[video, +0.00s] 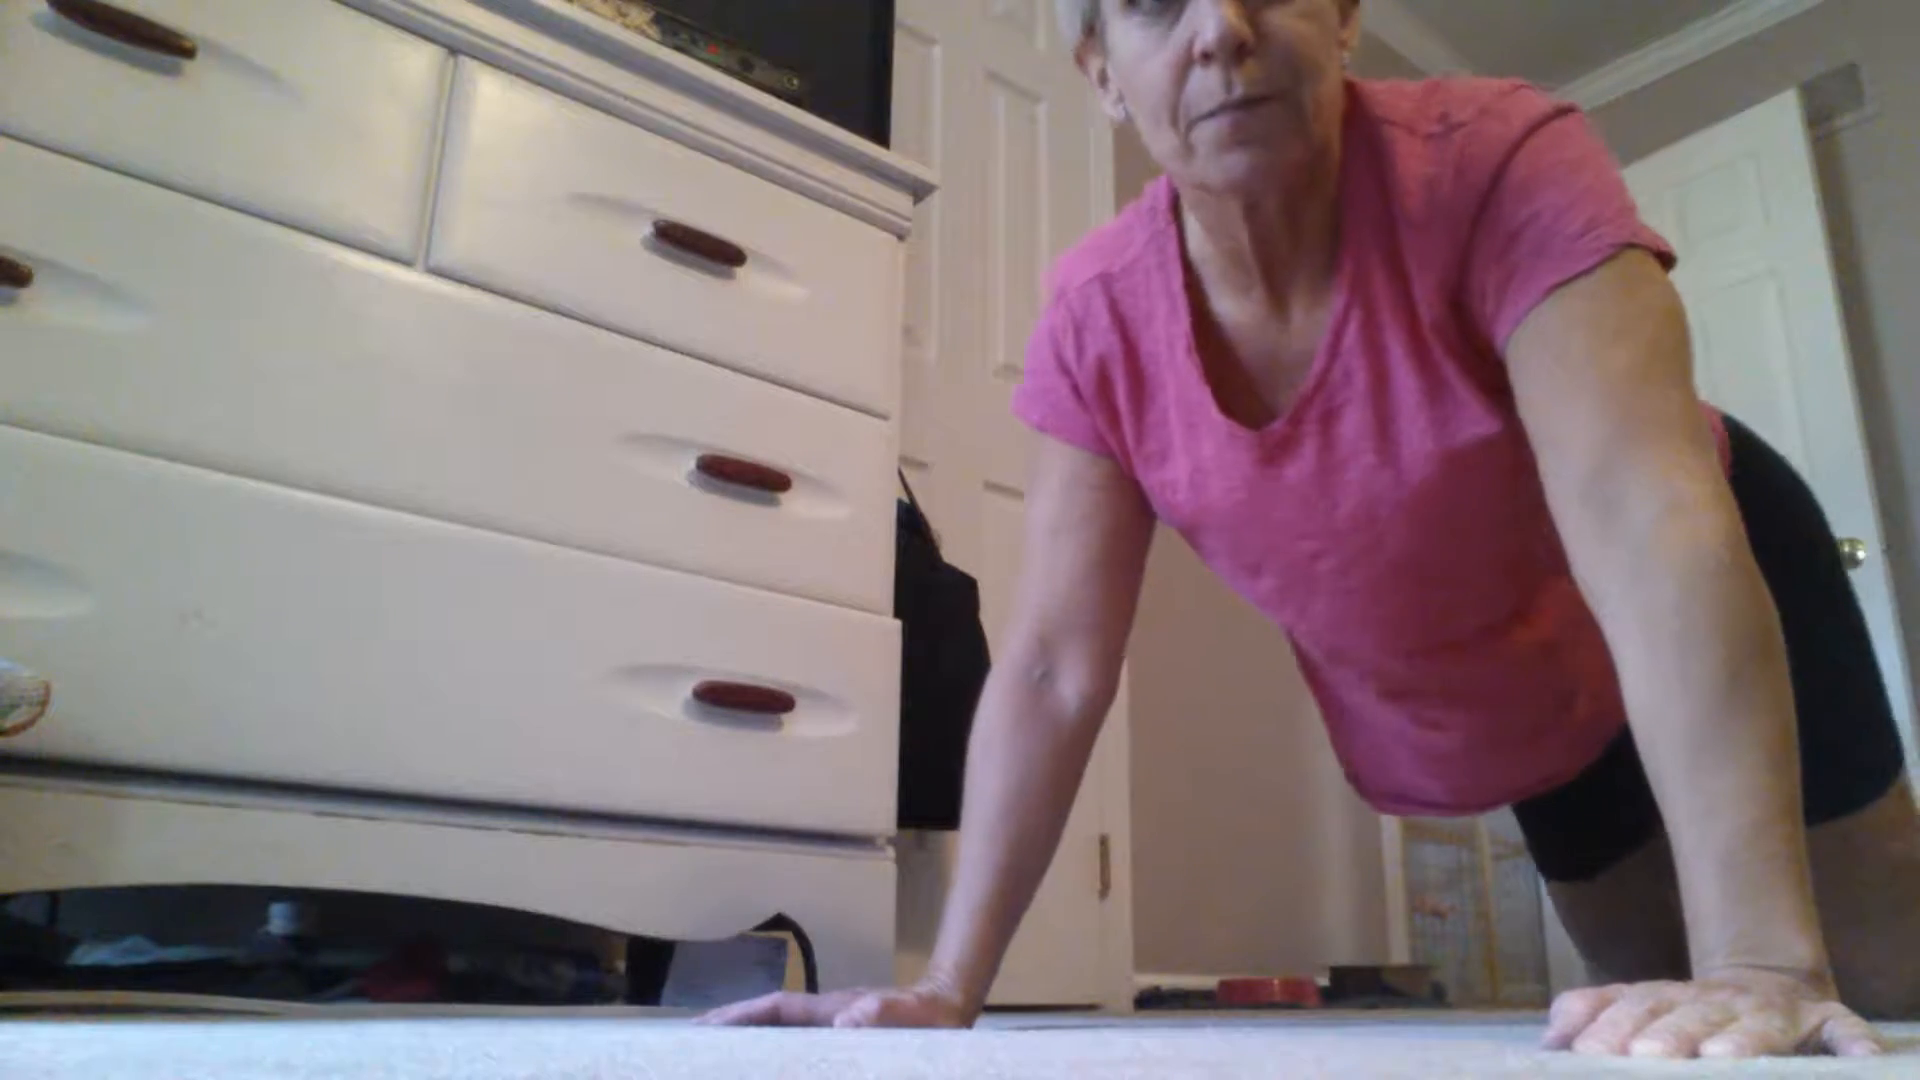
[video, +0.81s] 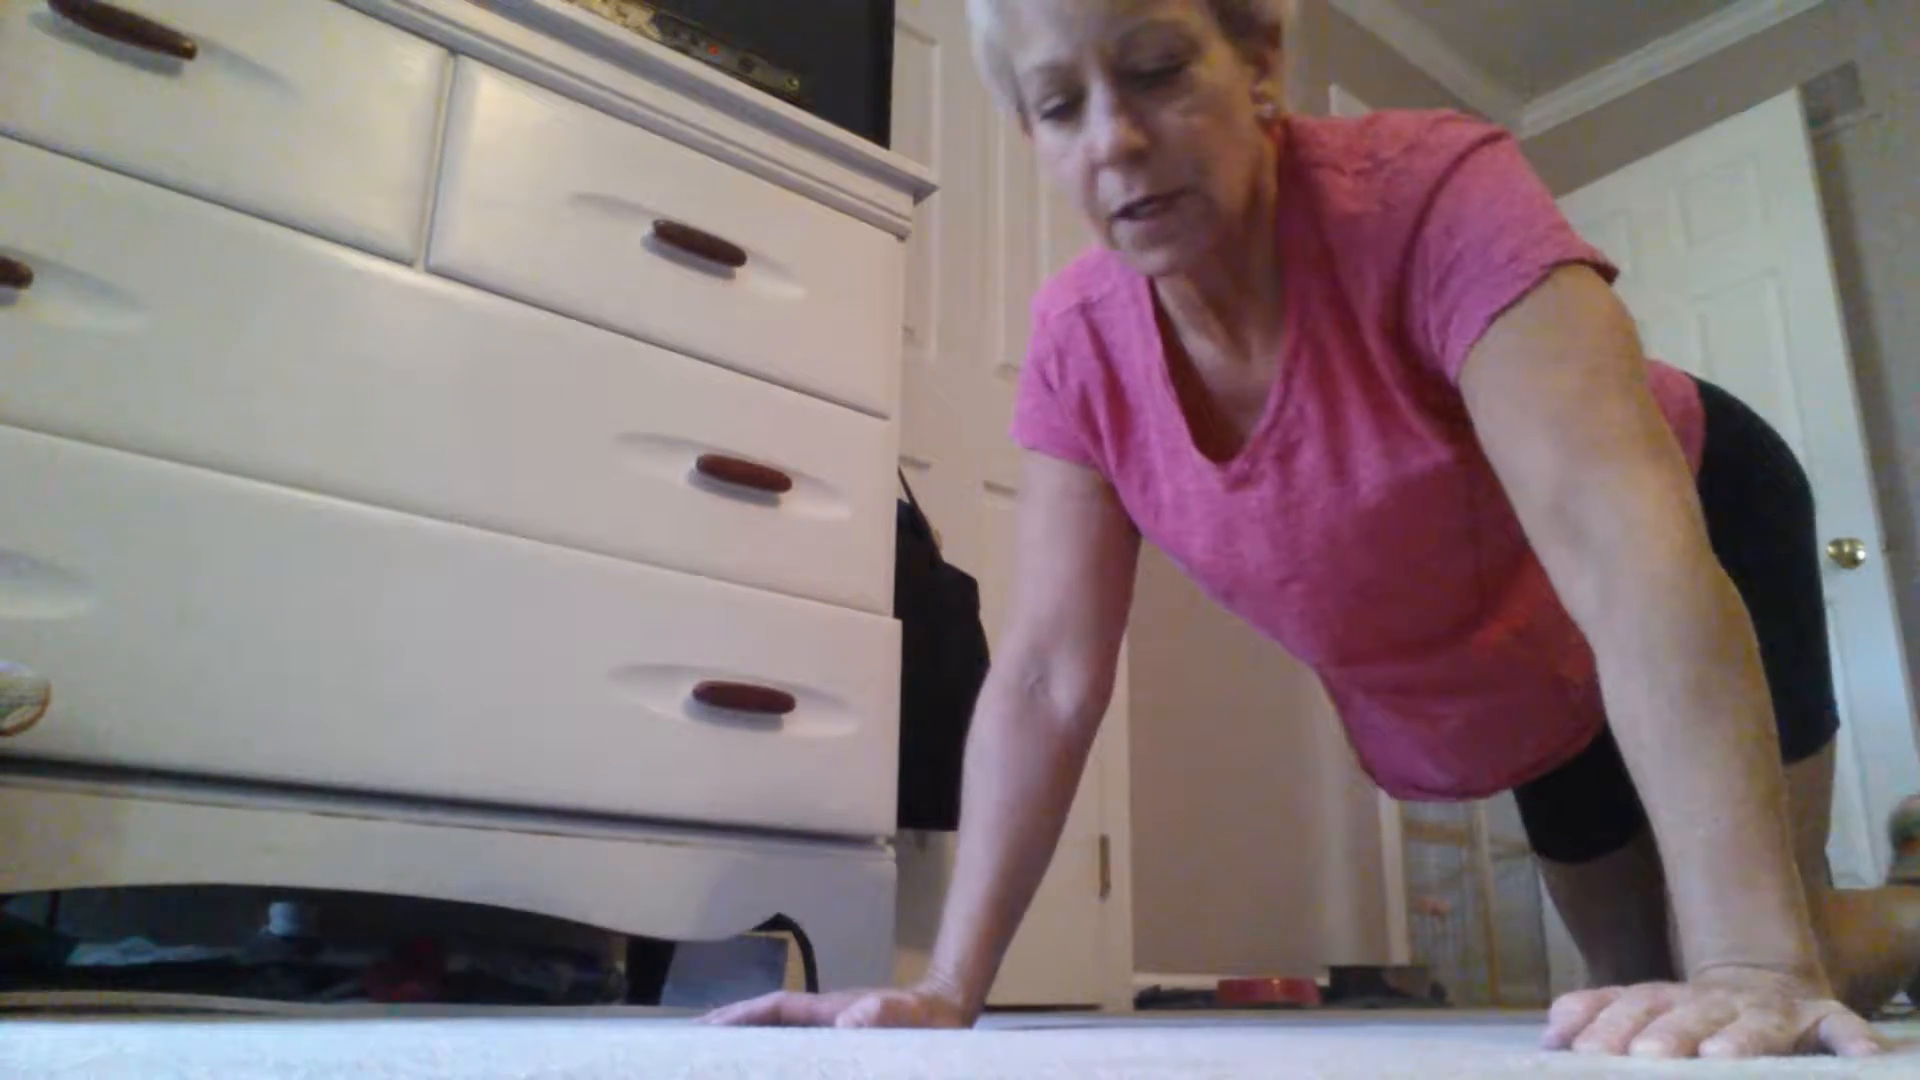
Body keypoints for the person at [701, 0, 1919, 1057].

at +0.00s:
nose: (1220, 35)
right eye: (1160, 8)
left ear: (1341, 24)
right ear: (1102, 76)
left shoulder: (1502, 162)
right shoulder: (1102, 316)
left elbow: (1654, 520)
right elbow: (1050, 667)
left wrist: (1763, 967)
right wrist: (950, 980)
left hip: (1706, 603)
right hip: (1523, 726)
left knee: (1868, 987)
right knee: (1661, 1023)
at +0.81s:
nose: (1116, 143)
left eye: (1154, 74)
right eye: (1062, 108)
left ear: (1261, 64)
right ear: (1032, 140)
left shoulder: (1437, 192)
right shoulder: (1083, 331)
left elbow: (1630, 538)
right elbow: (1043, 675)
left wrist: (1756, 973)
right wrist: (949, 985)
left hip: (1682, 542)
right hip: (1504, 657)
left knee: (1777, 948)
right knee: (1644, 997)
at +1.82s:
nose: (1099, 195)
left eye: (1145, 120)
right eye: (1057, 139)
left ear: (1300, 58)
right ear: (1029, 122)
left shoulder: (1510, 153)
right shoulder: (1120, 317)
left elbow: (1706, 516)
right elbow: (1060, 672)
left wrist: (1767, 966)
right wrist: (950, 983)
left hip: (1694, 583)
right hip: (1529, 694)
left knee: (1784, 920)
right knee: (1691, 843)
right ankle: (1867, 925)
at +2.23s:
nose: (1267, 140)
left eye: (1316, 60)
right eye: (1206, 90)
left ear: (1415, 28)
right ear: (1159, 95)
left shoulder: (1583, 129)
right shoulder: (1175, 308)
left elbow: (1728, 515)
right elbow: (1086, 681)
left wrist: (1769, 966)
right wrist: (954, 981)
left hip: (1739, 576)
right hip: (1562, 673)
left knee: (1775, 924)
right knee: (1751, 910)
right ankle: (1877, 926)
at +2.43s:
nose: (1382, 116)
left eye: (1432, 45)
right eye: (1313, 62)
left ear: (1500, 33)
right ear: (1222, 71)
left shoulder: (1625, 131)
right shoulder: (1196, 302)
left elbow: (1736, 518)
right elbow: (1092, 676)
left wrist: (1770, 965)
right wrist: (953, 980)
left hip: (1751, 578)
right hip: (1556, 678)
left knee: (1777, 932)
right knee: (1765, 925)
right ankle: (1876, 922)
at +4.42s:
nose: (1217, 142)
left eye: (1258, 77)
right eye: (1173, 97)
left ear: (1389, 48)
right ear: (1141, 95)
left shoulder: (1558, 134)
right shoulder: (1183, 304)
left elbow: (1722, 502)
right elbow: (1087, 667)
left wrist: (1751, 931)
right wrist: (951, 981)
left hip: (1734, 566)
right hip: (1560, 670)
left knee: (1767, 944)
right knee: (1790, 903)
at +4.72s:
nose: (1195, 302)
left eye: (1232, 248)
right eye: (1152, 261)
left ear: (1343, 162)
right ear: (1111, 228)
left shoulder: (1501, 195)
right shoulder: (1142, 349)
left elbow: (1731, 518)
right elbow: (1080, 678)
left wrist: (1820, 976)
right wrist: (966, 991)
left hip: (1754, 621)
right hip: (1641, 703)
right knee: (1729, 1016)